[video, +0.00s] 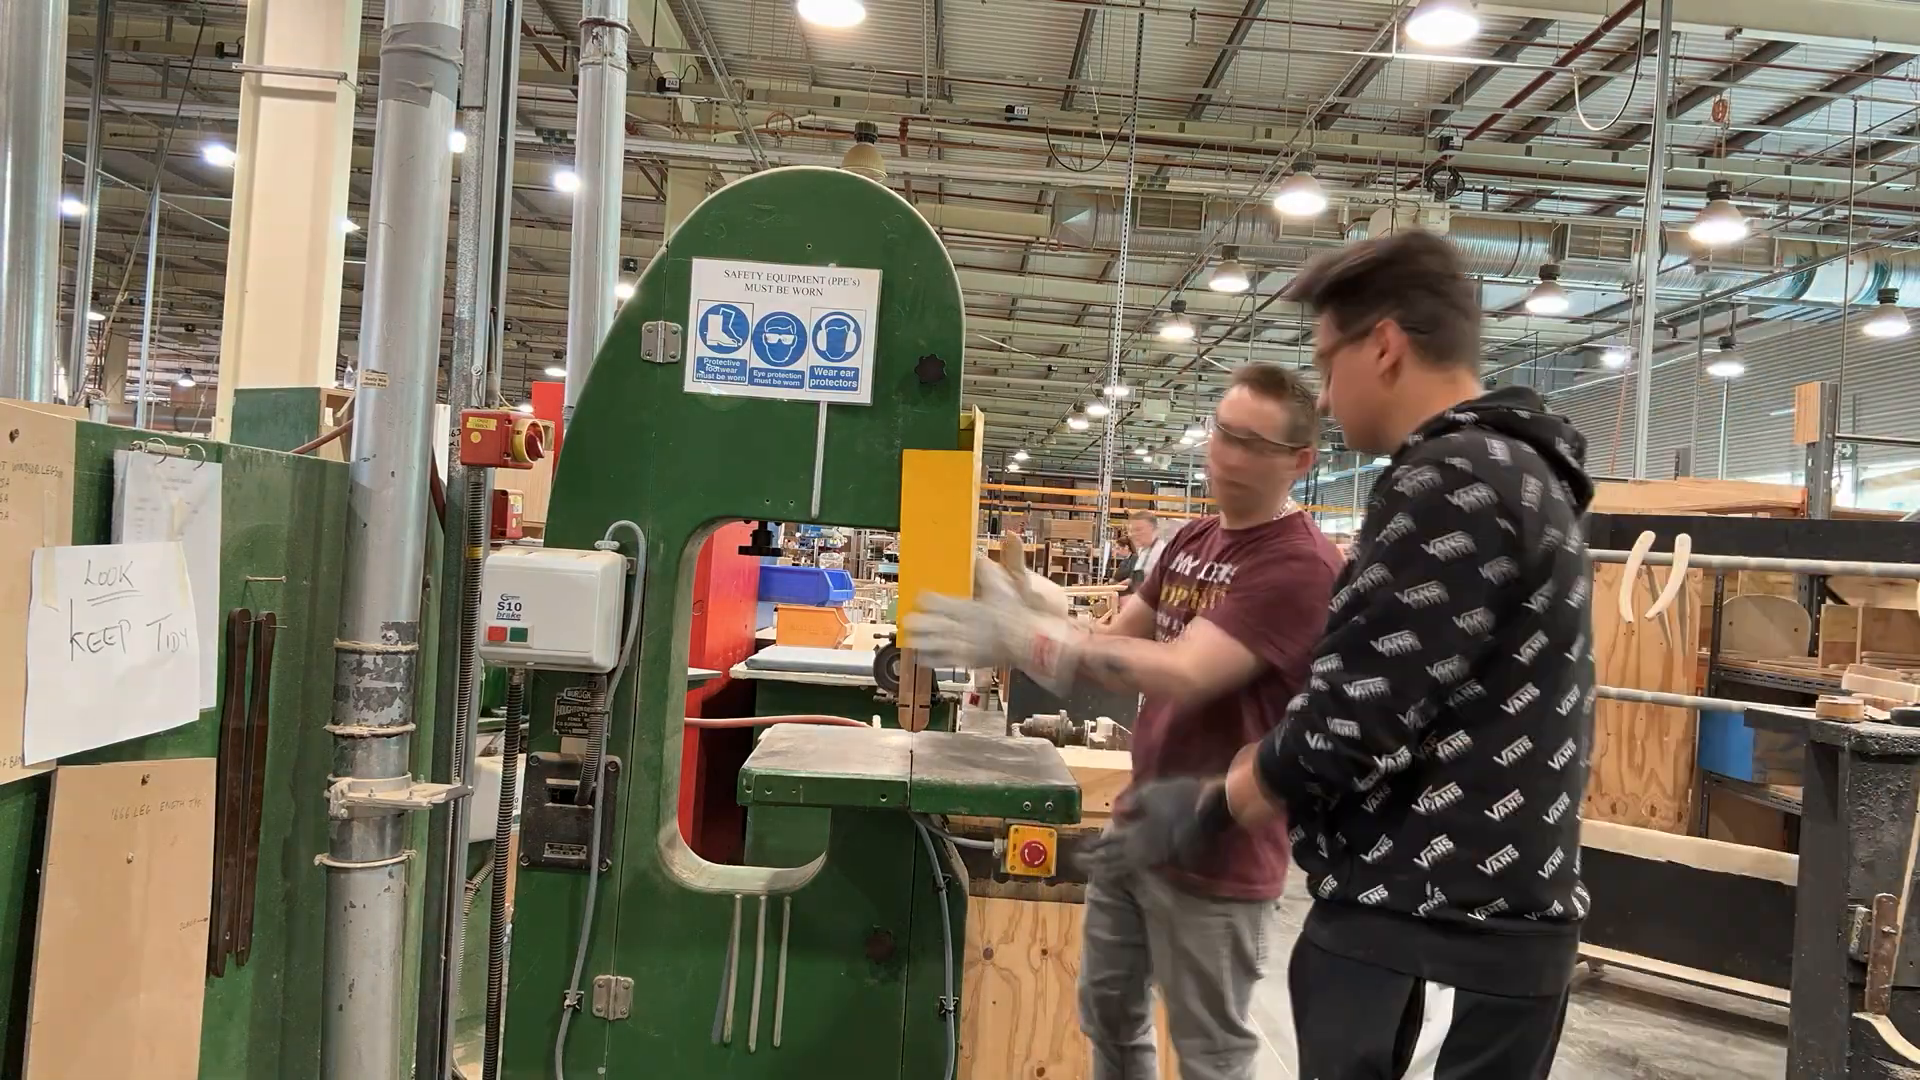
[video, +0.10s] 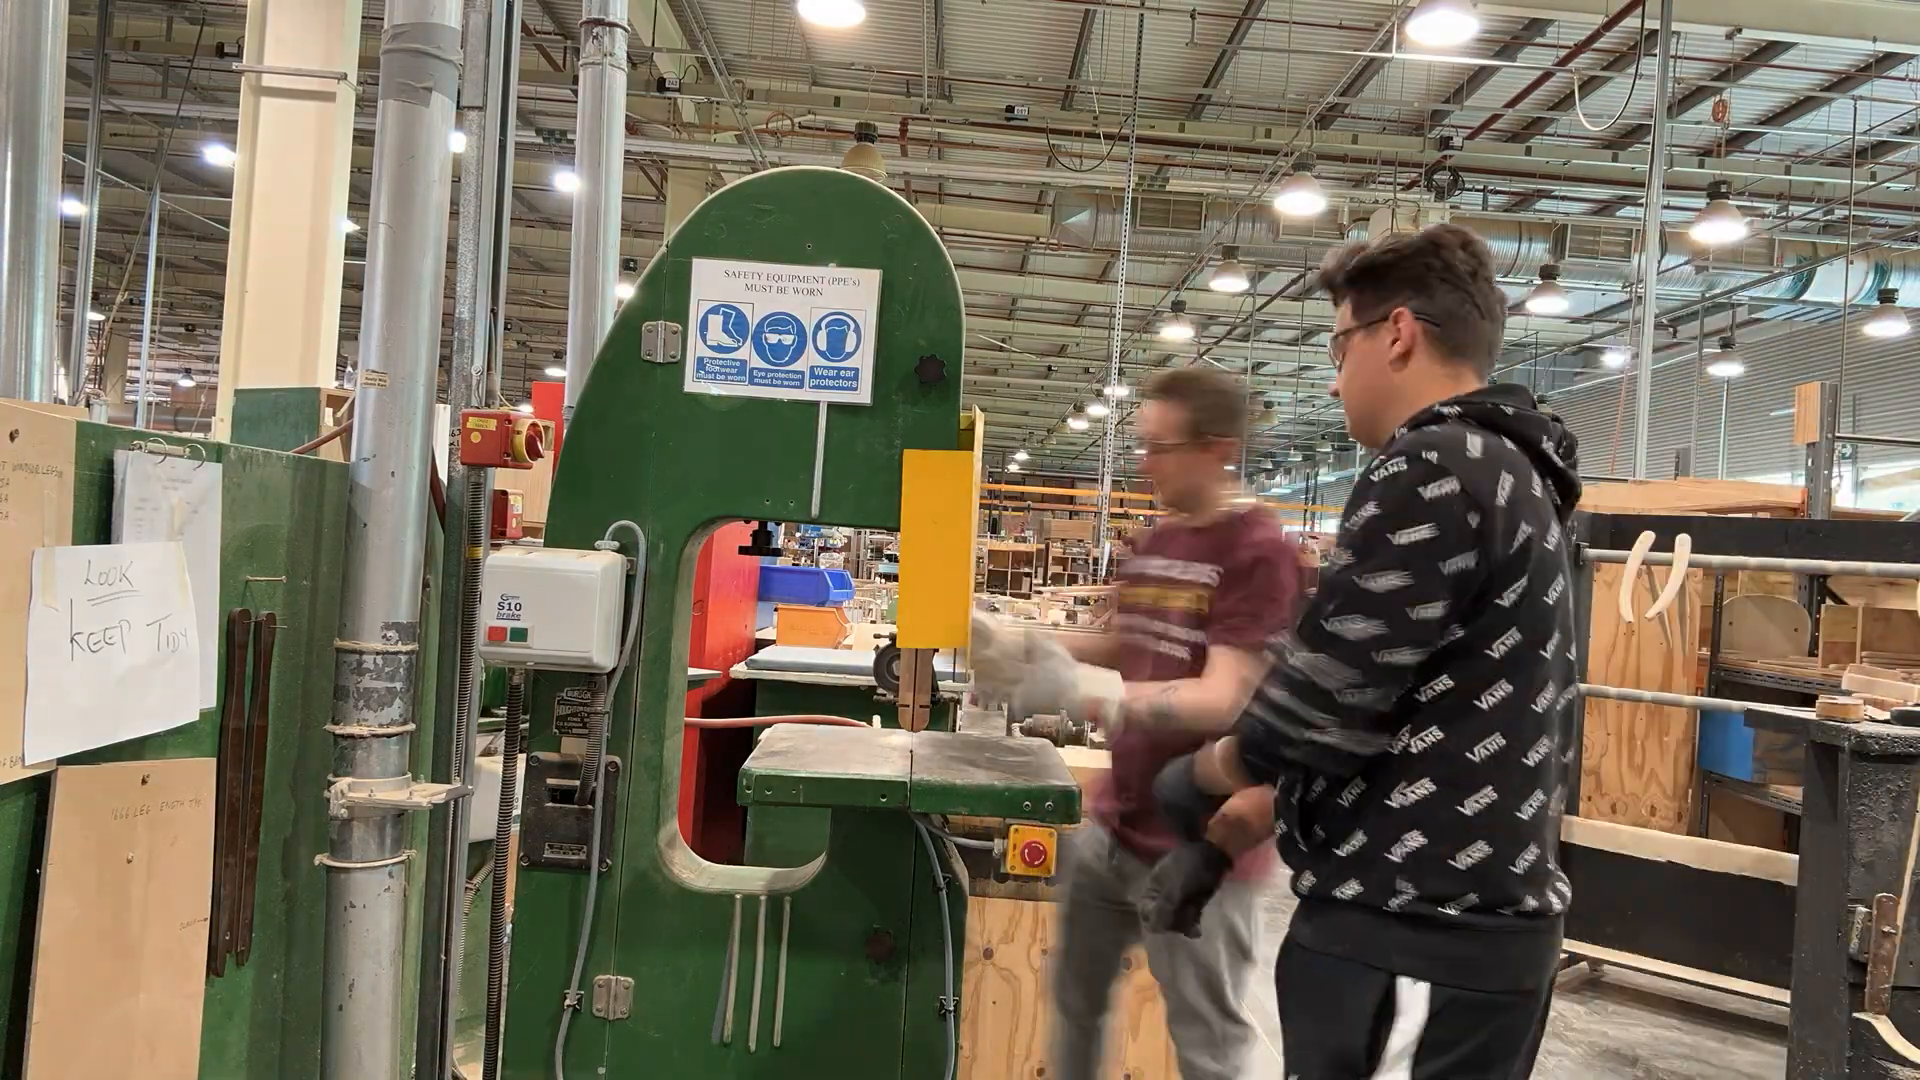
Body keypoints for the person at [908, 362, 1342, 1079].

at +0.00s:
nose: (1225, 454)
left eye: (1251, 442)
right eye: (1220, 432)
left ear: (1299, 462)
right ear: (1210, 431)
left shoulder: (1301, 565)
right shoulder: (1188, 539)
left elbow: (1189, 672)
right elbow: (1116, 646)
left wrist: (1035, 643)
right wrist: (1048, 631)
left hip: (1222, 863)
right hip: (1138, 831)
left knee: (1213, 1053)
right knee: (1111, 1018)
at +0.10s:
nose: (1144, 464)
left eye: (1161, 447)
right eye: (1142, 446)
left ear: (1221, 452)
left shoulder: (1260, 552)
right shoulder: (1146, 542)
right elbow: (1122, 645)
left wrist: (1094, 694)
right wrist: (1029, 649)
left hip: (1207, 847)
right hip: (1116, 823)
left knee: (1219, 1048)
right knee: (1075, 998)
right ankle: (1071, 1075)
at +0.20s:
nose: (1059, 479)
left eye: (1082, 471)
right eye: (1055, 458)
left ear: (1104, 482)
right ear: (1035, 449)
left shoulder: (1117, 561)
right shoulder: (986, 534)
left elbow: (1099, 682)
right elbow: (935, 606)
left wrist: (1052, 693)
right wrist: (900, 611)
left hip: (1048, 798)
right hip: (959, 780)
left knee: (1054, 1003)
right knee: (988, 996)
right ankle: (1012, 1079)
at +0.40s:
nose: (1112, 467)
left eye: (1118, 453)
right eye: (1097, 450)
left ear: (1121, 460)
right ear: (1047, 449)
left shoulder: (1131, 552)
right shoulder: (995, 531)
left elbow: (1152, 677)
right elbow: (942, 638)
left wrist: (1109, 695)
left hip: (1074, 796)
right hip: (977, 784)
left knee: (1069, 1003)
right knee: (999, 991)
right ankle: (1019, 1079)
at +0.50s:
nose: (1269, 448)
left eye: (1290, 424)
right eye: (1263, 428)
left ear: (1347, 423)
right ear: (1258, 437)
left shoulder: (1428, 558)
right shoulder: (1254, 531)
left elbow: (1420, 758)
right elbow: (1099, 567)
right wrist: (1006, 454)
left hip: (1342, 913)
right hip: (1216, 897)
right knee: (1177, 1066)